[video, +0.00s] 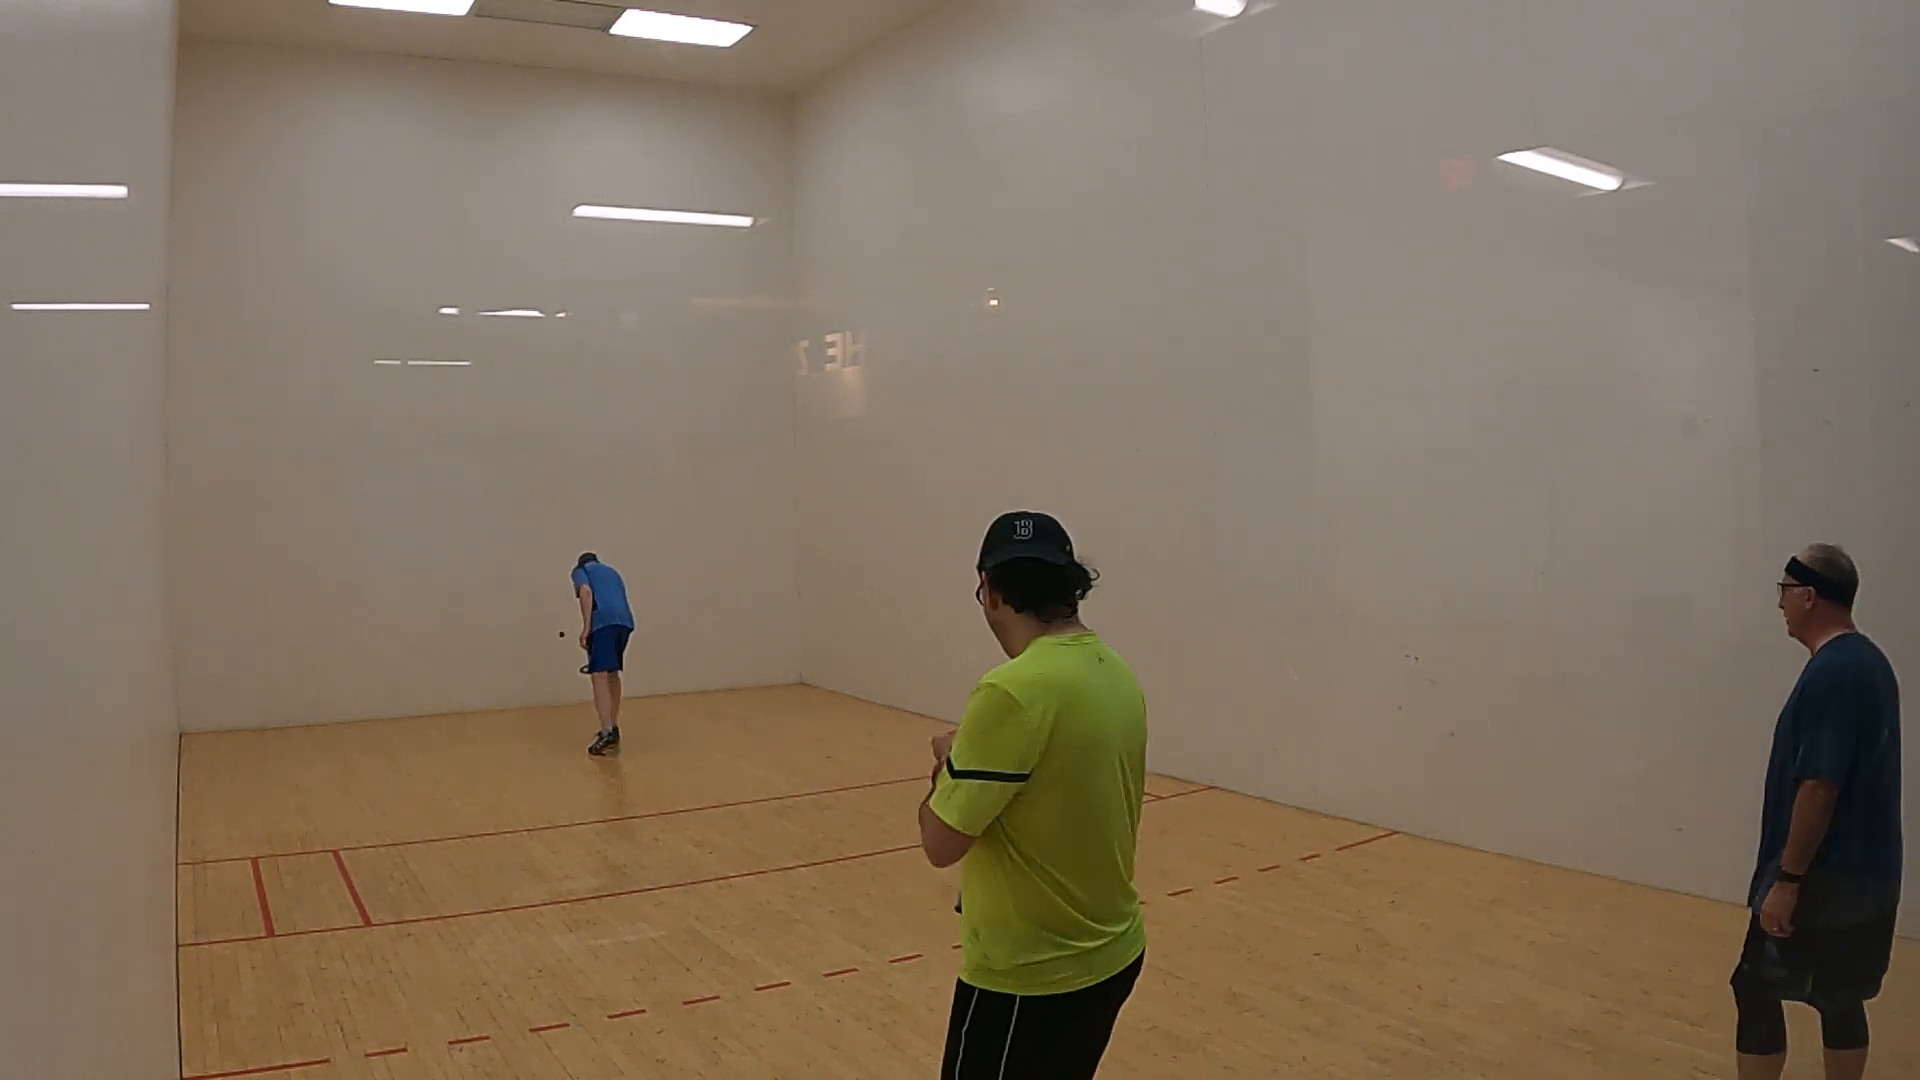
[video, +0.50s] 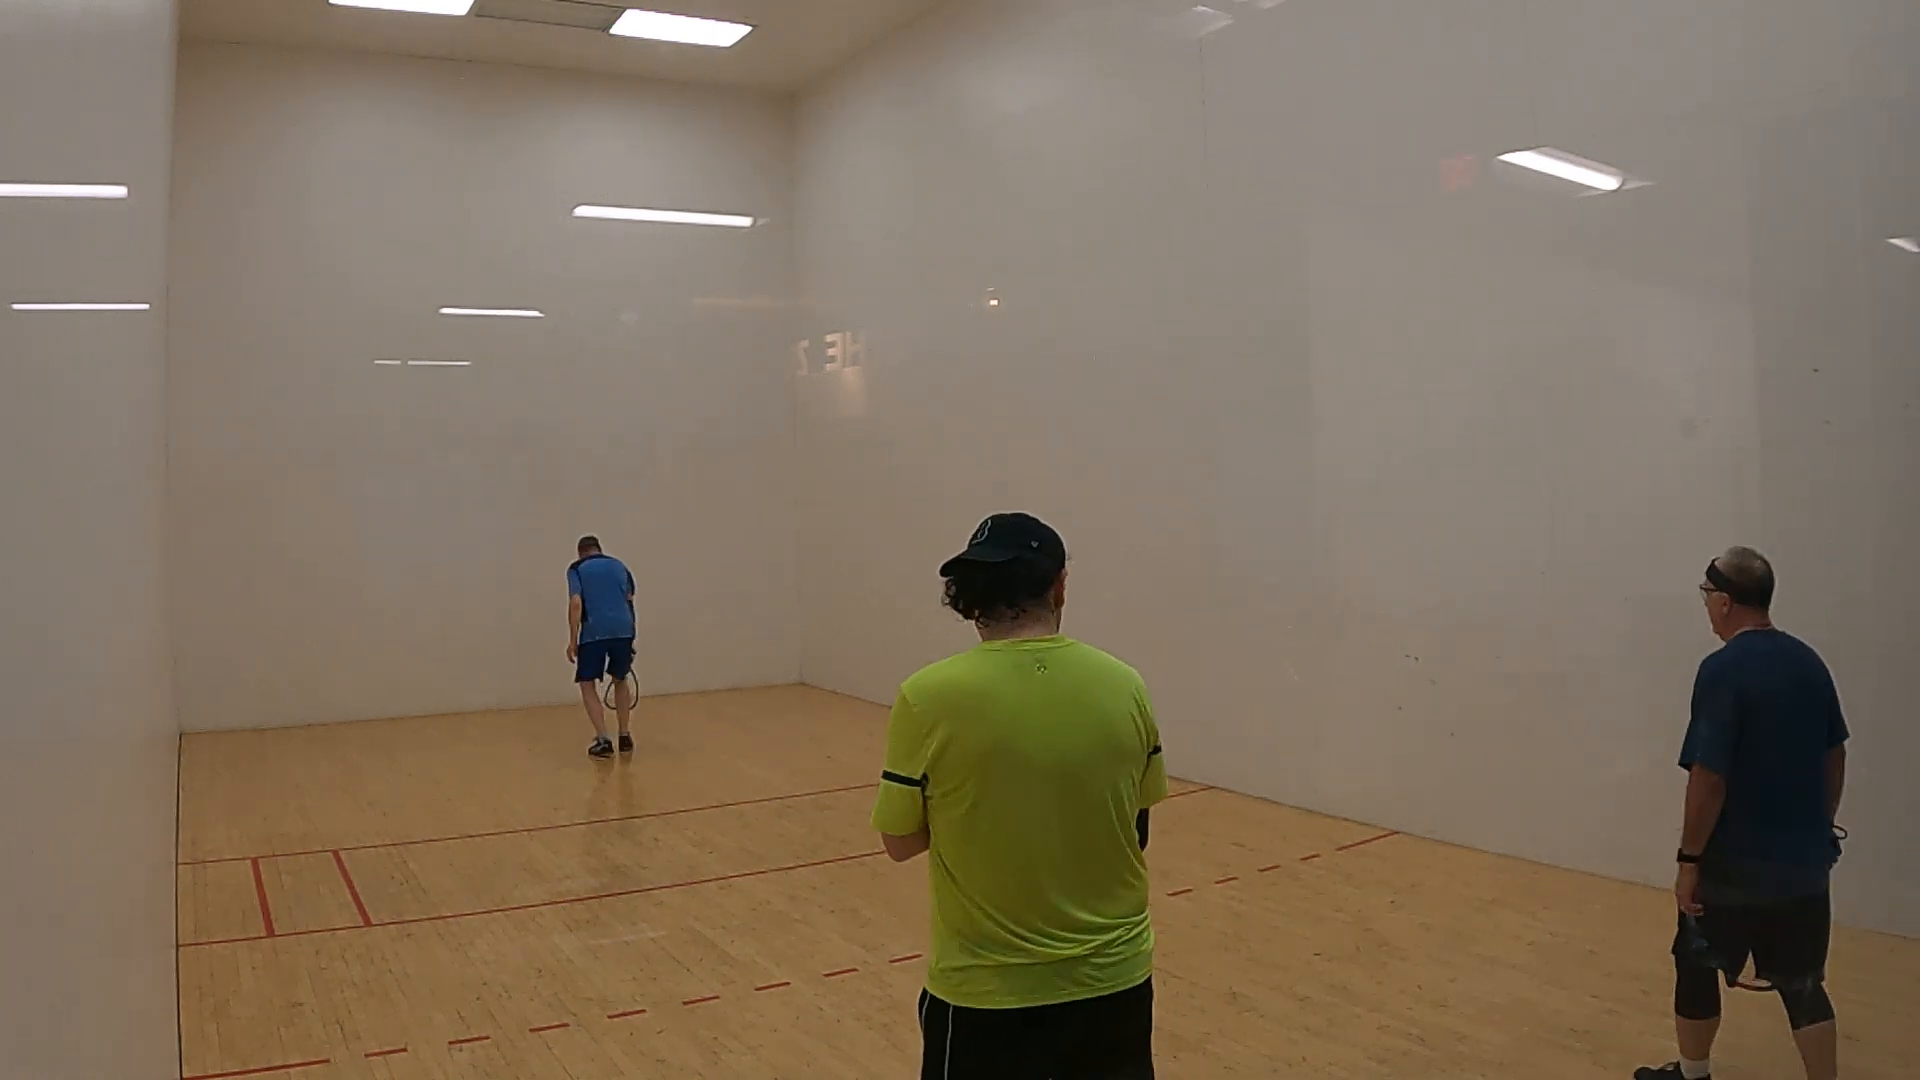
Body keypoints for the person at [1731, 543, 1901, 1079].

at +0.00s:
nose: (1780, 600)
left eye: (1786, 589)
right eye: (1782, 589)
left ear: (1812, 597)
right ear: (1835, 599)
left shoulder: (1833, 670)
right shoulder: (1869, 663)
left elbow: (1818, 787)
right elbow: (1858, 787)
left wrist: (1786, 881)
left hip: (1816, 881)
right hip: (1861, 881)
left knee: (1754, 988)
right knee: (1841, 997)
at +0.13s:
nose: (1769, 600)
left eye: (1774, 590)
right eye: (1771, 589)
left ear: (1796, 598)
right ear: (1826, 599)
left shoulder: (1812, 671)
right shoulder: (1864, 663)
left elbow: (1799, 785)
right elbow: (1860, 783)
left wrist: (1772, 875)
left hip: (1801, 879)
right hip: (1856, 880)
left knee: (1742, 978)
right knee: (1839, 994)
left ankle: (1724, 1075)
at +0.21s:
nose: (1758, 602)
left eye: (1762, 592)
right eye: (1759, 591)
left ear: (1783, 600)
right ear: (1819, 600)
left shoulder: (1792, 671)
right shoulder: (1859, 666)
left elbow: (1784, 785)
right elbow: (1869, 760)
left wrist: (1761, 873)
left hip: (1785, 877)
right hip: (1850, 878)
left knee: (1733, 973)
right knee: (1836, 993)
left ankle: (1706, 1075)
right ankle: (1842, 1079)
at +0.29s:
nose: (1744, 602)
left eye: (1748, 593)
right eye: (1746, 592)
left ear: (1769, 600)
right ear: (1804, 602)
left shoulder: (1772, 672)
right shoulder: (1847, 665)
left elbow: (1765, 785)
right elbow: (1862, 758)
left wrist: (1746, 871)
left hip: (1774, 875)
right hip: (1841, 877)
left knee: (1724, 970)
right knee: (1832, 993)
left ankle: (1699, 1072)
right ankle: (1839, 1079)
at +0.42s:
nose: (1723, 604)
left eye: (1726, 595)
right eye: (1724, 594)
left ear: (1744, 602)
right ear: (1780, 601)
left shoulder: (1738, 672)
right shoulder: (1823, 664)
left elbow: (1732, 782)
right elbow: (1847, 759)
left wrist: (1715, 866)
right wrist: (1837, 829)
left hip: (1751, 870)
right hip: (1820, 868)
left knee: (1707, 965)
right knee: (1818, 987)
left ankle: (1693, 1072)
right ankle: (1833, 1079)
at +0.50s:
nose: (1707, 605)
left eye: (1709, 595)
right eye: (1707, 595)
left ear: (1724, 601)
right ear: (1764, 599)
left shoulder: (1722, 669)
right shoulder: (1809, 662)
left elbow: (1707, 778)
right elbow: (1833, 756)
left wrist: (1688, 859)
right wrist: (1821, 829)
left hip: (1733, 862)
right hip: (1802, 863)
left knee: (1695, 957)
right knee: (1802, 983)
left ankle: (1692, 1071)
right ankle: (1825, 1076)